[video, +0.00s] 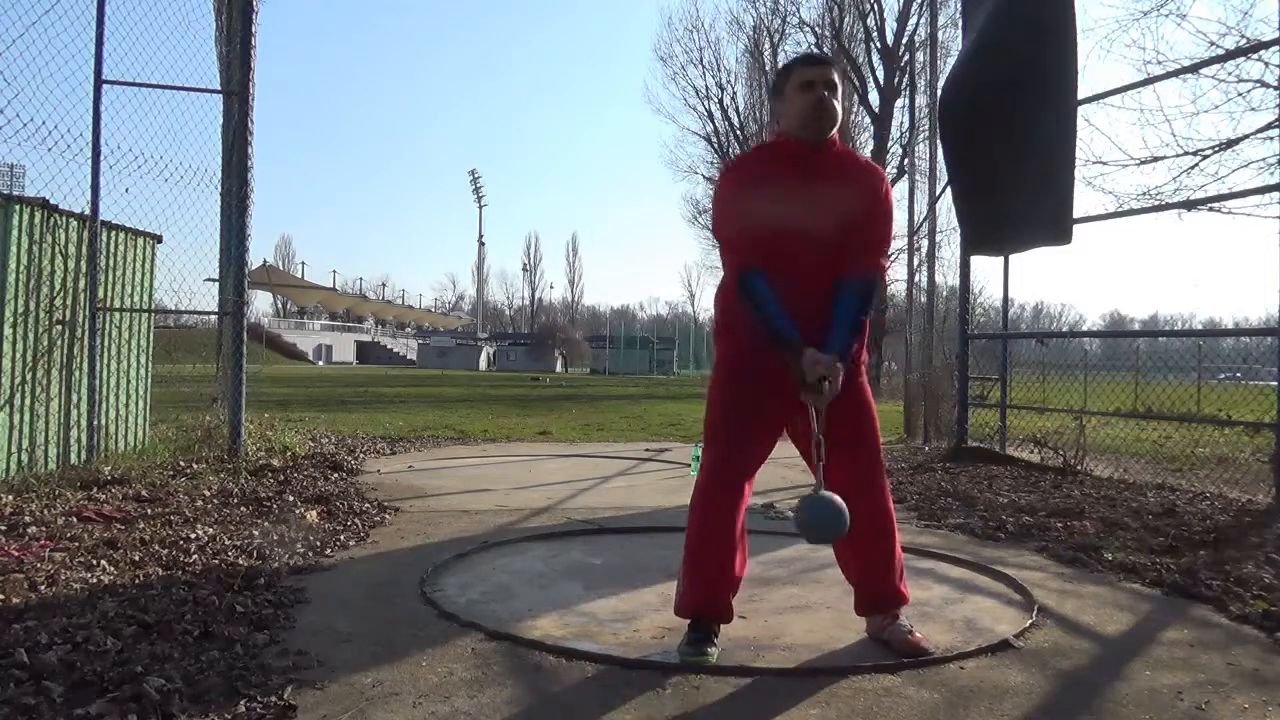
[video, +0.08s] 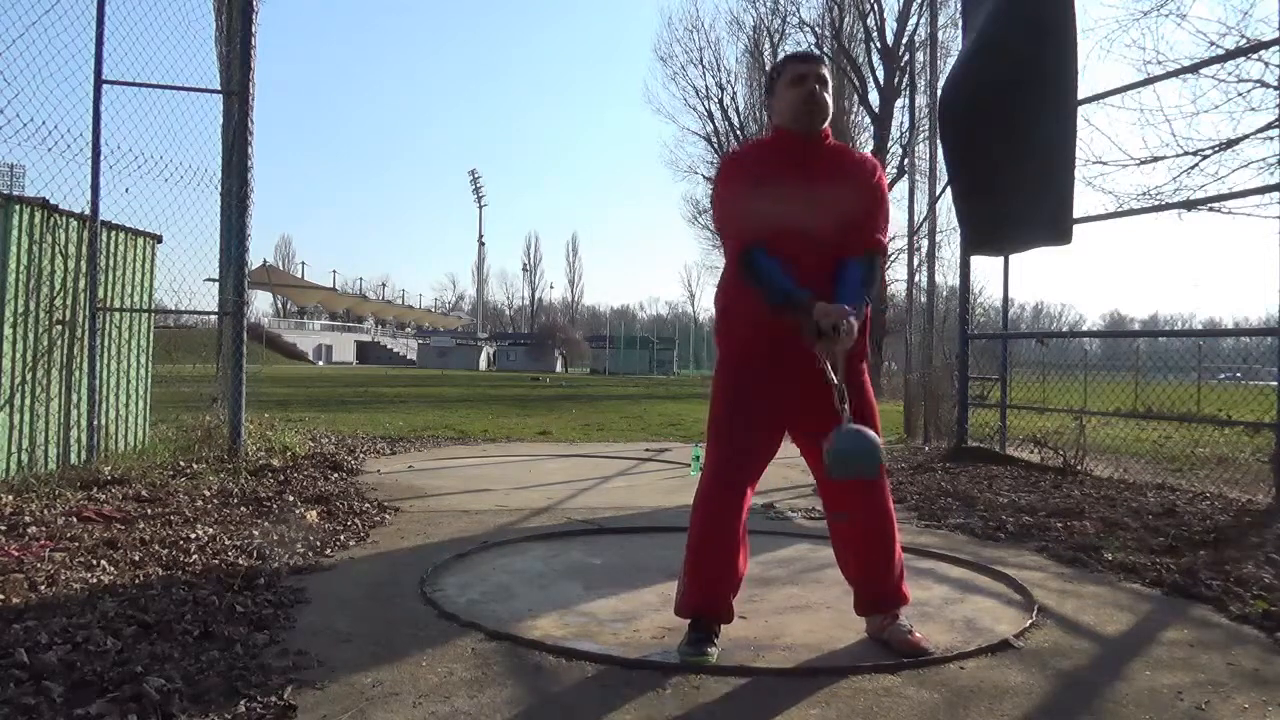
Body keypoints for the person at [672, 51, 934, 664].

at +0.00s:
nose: (824, 95)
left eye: (832, 87)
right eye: (809, 87)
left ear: (843, 104)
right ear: (778, 102)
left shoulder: (867, 178)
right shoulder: (742, 174)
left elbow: (863, 273)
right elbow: (746, 270)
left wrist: (838, 351)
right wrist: (796, 347)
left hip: (838, 351)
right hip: (751, 350)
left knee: (865, 477)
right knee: (722, 479)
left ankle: (885, 614)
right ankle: (704, 619)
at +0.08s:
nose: (813, 89)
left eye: (821, 82)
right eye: (798, 80)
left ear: (833, 101)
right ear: (771, 98)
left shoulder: (861, 169)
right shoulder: (740, 166)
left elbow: (866, 253)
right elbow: (746, 250)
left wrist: (847, 312)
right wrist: (805, 308)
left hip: (835, 350)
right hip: (753, 350)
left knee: (859, 472)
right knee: (725, 479)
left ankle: (885, 614)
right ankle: (705, 618)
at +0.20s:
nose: (806, 84)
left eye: (815, 80)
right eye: (791, 78)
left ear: (828, 103)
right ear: (765, 100)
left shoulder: (859, 165)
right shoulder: (739, 160)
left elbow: (878, 223)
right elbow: (747, 228)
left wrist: (861, 245)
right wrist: (828, 235)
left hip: (839, 359)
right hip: (755, 360)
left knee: (866, 486)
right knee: (727, 488)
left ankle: (885, 615)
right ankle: (704, 620)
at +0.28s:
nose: (804, 86)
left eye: (813, 80)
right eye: (789, 80)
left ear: (826, 101)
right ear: (763, 102)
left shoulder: (854, 159)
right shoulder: (740, 158)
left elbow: (887, 215)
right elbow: (753, 209)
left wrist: (904, 206)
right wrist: (833, 196)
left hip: (840, 354)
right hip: (756, 356)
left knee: (867, 483)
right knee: (730, 485)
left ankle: (885, 614)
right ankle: (704, 619)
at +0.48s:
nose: (804, 84)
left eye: (813, 79)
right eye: (789, 78)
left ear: (826, 99)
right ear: (764, 100)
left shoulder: (843, 148)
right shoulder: (743, 150)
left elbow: (882, 171)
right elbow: (753, 206)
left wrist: (879, 132)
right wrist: (854, 186)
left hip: (840, 346)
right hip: (759, 348)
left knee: (866, 480)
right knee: (731, 484)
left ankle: (885, 614)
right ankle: (705, 618)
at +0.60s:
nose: (805, 85)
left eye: (814, 80)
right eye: (790, 78)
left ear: (826, 100)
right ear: (765, 99)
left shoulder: (842, 149)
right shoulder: (743, 150)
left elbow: (881, 162)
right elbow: (752, 206)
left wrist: (881, 134)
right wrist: (855, 180)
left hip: (838, 349)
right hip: (757, 350)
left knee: (866, 482)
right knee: (728, 485)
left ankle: (886, 615)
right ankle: (704, 618)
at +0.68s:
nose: (806, 85)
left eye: (815, 79)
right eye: (792, 78)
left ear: (827, 99)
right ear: (765, 99)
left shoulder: (847, 153)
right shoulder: (742, 153)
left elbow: (877, 188)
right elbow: (754, 209)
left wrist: (876, 165)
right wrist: (847, 188)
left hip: (837, 352)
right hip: (754, 354)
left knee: (866, 483)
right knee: (725, 487)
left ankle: (886, 615)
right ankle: (704, 618)